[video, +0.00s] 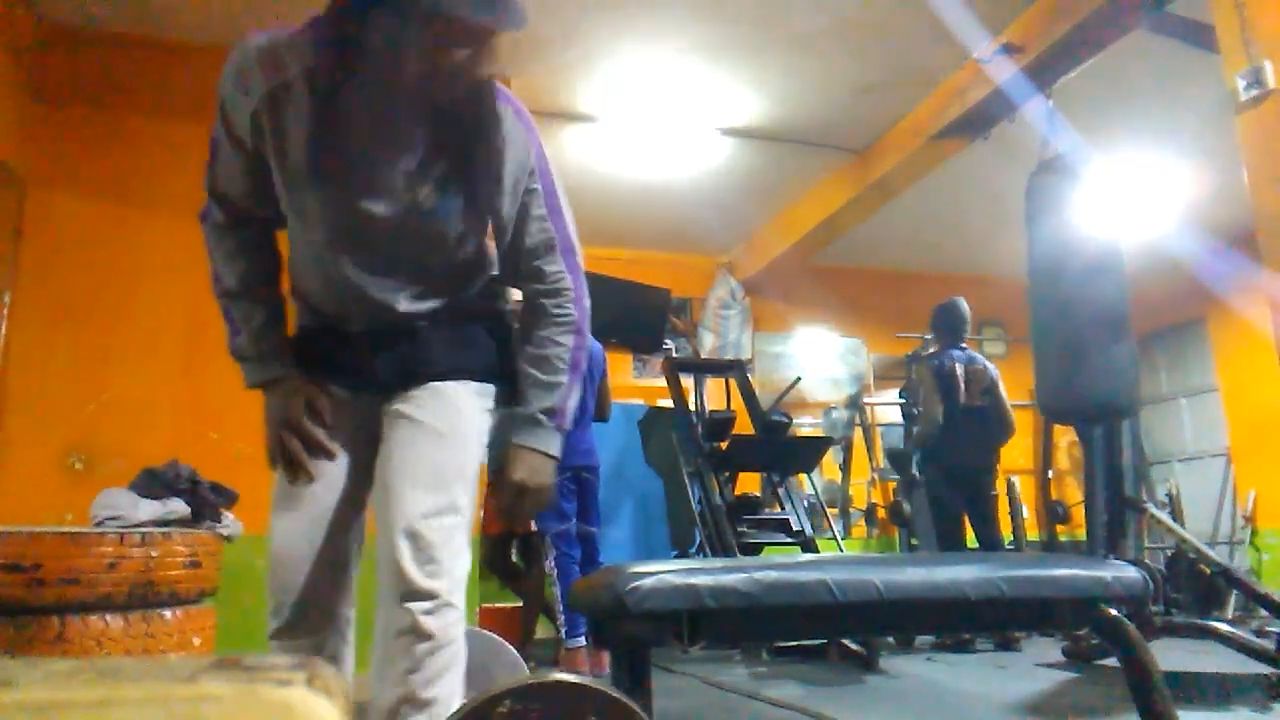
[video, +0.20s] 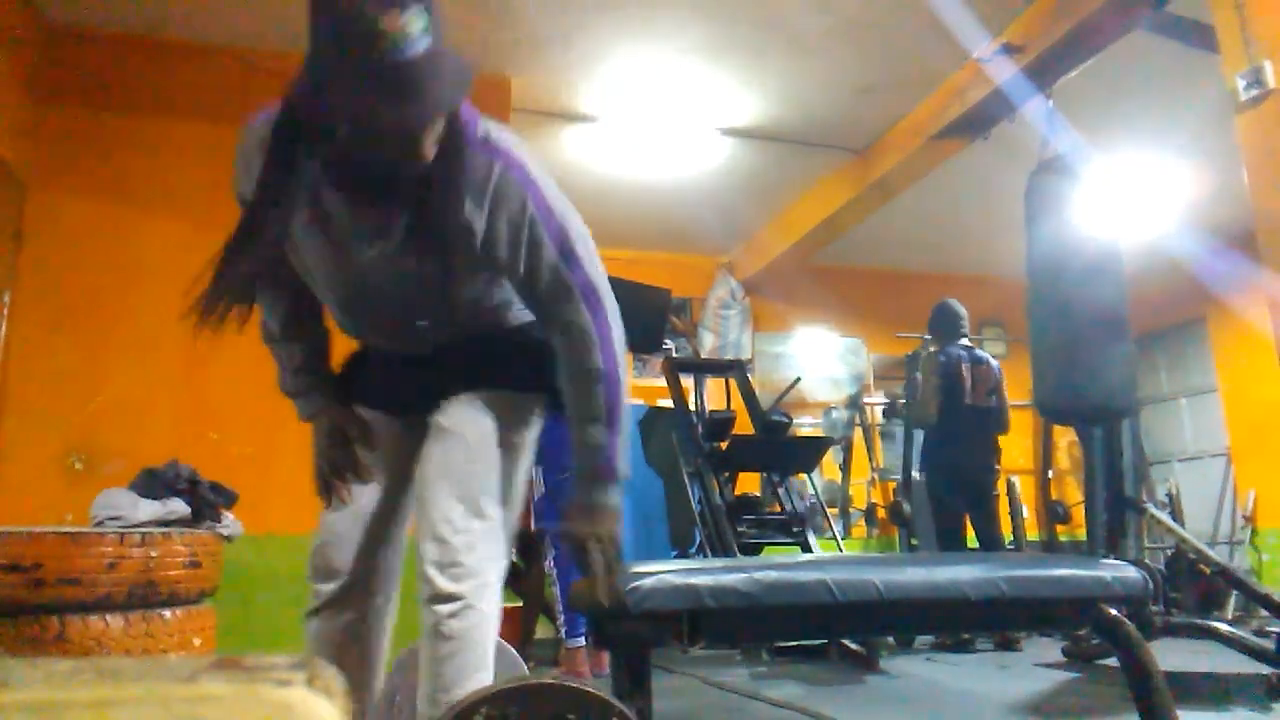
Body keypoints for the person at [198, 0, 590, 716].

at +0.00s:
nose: (482, 68)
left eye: (491, 45)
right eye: (460, 45)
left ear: (498, 34)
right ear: (390, 30)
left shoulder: (494, 122)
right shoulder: (269, 76)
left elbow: (555, 282)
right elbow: (235, 224)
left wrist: (538, 433)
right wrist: (270, 372)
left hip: (447, 342)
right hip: (328, 340)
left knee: (421, 573)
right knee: (297, 574)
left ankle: (413, 718)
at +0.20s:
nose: (424, 132)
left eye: (434, 102)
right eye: (394, 109)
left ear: (446, 82)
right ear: (337, 99)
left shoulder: (491, 166)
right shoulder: (272, 155)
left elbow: (587, 316)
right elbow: (281, 291)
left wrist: (596, 492)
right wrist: (318, 401)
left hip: (496, 354)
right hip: (386, 355)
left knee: (456, 558)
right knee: (342, 558)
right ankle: (331, 719)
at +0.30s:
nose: (399, 189)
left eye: (412, 161)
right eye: (371, 171)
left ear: (431, 134)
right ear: (322, 158)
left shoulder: (492, 192)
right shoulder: (289, 192)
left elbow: (599, 344)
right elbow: (302, 314)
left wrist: (629, 520)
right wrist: (337, 415)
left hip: (517, 364)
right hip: (408, 369)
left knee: (468, 539)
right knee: (356, 556)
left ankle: (466, 717)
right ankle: (357, 719)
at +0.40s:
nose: (381, 213)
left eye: (397, 186)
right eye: (356, 195)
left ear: (422, 161)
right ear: (324, 186)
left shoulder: (496, 217)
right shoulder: (318, 238)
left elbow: (607, 362)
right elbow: (325, 340)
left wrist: (644, 531)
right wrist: (352, 429)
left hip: (533, 373)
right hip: (430, 384)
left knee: (469, 537)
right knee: (375, 542)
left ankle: (470, 716)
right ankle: (391, 713)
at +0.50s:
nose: (380, 229)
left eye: (393, 206)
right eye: (359, 214)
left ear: (421, 184)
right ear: (332, 207)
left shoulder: (509, 237)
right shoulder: (342, 259)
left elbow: (615, 372)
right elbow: (350, 359)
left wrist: (656, 535)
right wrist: (378, 445)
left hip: (556, 387)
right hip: (460, 396)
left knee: (479, 523)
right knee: (393, 525)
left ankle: (469, 714)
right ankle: (406, 710)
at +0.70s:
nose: (405, 245)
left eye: (420, 223)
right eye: (388, 228)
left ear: (456, 209)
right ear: (372, 227)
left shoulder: (543, 272)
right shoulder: (402, 289)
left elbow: (648, 399)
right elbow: (395, 380)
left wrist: (673, 556)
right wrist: (403, 465)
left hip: (605, 446)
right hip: (513, 446)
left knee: (475, 536)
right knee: (397, 534)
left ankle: (449, 713)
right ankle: (394, 707)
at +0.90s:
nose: (501, 234)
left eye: (517, 216)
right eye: (487, 221)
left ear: (550, 215)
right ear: (471, 233)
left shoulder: (621, 289)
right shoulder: (512, 307)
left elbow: (698, 425)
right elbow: (507, 425)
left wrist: (677, 573)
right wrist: (464, 488)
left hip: (648, 477)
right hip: (556, 475)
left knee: (474, 545)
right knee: (430, 535)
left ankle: (443, 713)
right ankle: (407, 707)